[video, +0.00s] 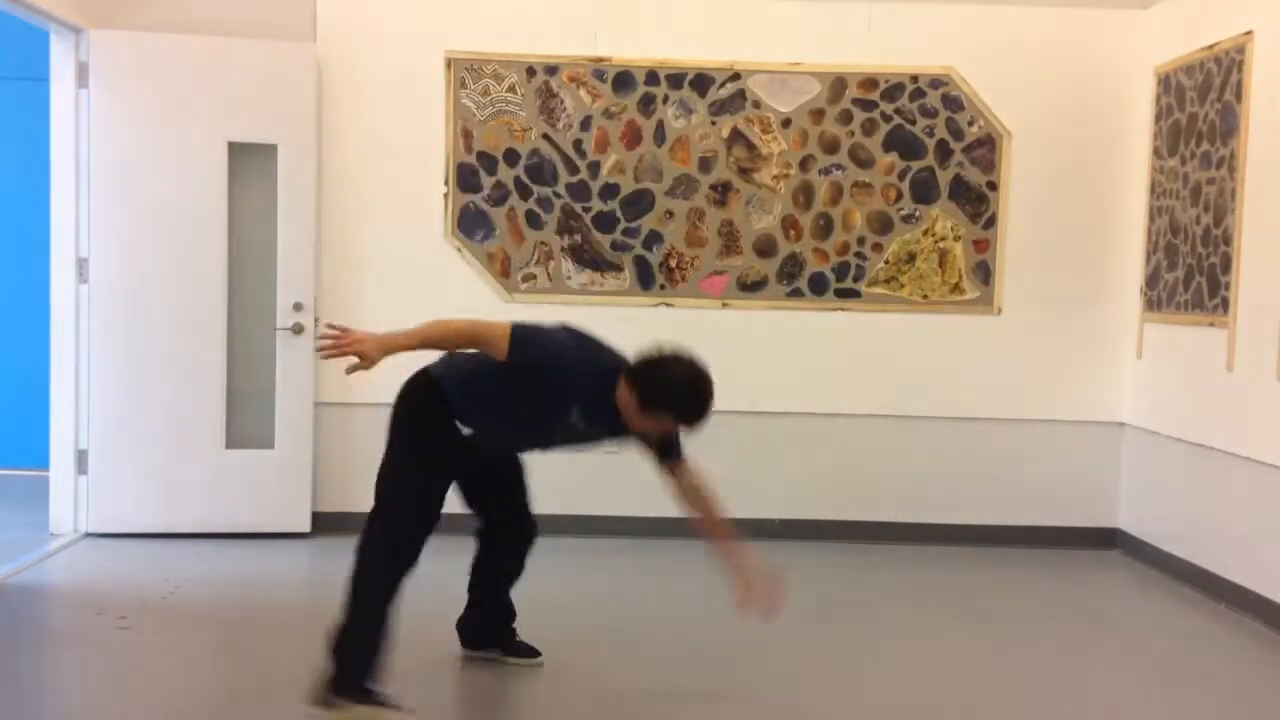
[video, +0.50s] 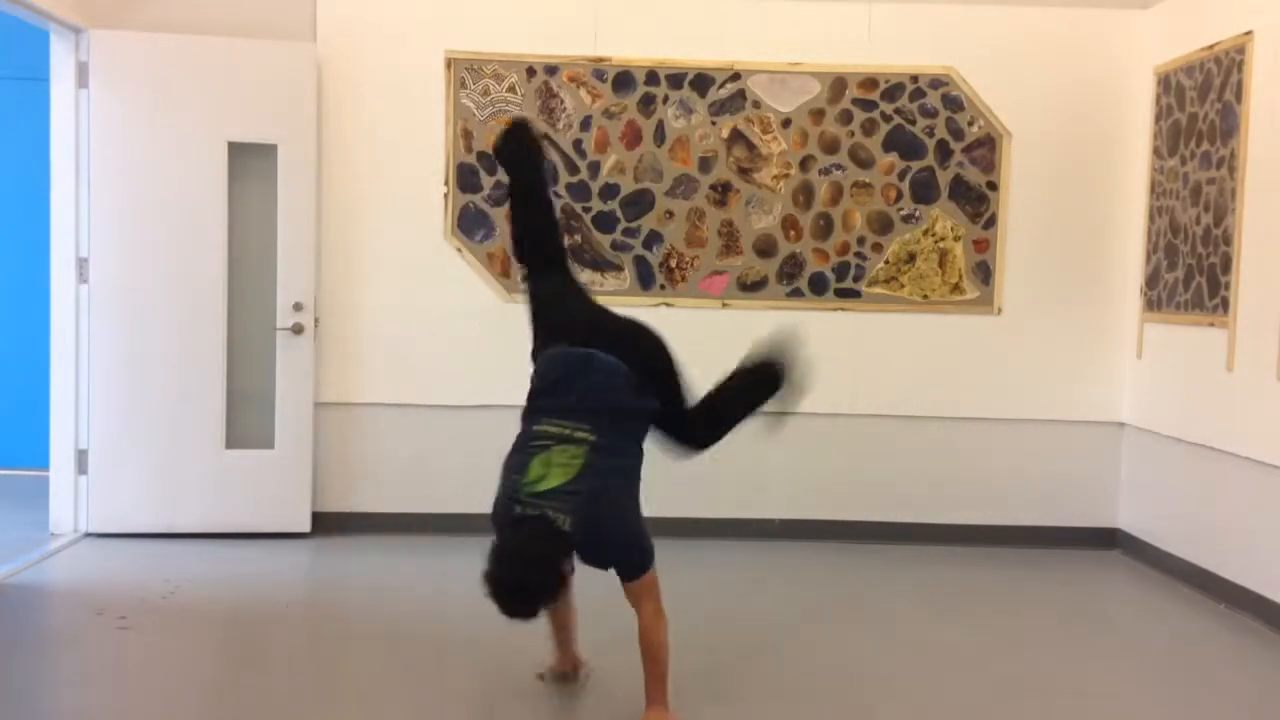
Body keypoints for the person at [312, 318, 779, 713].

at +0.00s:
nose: (667, 435)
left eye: (672, 429)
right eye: (665, 425)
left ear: (664, 415)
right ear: (639, 400)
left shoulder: (649, 419)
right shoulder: (571, 357)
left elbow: (692, 492)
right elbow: (471, 332)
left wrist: (740, 564)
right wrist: (384, 343)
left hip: (489, 433)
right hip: (435, 403)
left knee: (511, 527)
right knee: (396, 535)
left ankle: (485, 630)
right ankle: (349, 675)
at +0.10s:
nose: (662, 487)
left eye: (668, 481)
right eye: (659, 475)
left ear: (672, 472)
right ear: (632, 446)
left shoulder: (658, 475)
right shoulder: (577, 392)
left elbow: (673, 564)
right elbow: (481, 362)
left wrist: (685, 656)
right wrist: (386, 383)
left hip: (524, 449)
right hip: (465, 414)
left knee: (534, 544)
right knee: (392, 514)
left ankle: (489, 629)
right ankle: (306, 622)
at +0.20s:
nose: (641, 533)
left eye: (648, 528)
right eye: (638, 521)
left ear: (665, 515)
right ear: (613, 486)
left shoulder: (659, 507)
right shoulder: (561, 440)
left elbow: (660, 603)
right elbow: (467, 431)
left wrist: (658, 704)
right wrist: (387, 486)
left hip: (567, 415)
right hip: (506, 394)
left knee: (535, 546)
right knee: (409, 462)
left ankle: (492, 627)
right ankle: (354, 502)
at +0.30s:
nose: (606, 583)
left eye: (615, 580)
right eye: (598, 575)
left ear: (636, 545)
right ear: (583, 537)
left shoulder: (656, 522)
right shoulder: (538, 486)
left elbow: (659, 613)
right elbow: (470, 520)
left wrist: (657, 706)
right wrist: (427, 589)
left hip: (601, 384)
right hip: (540, 355)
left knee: (546, 522)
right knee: (483, 371)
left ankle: (522, 596)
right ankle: (479, 311)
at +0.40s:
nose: (553, 609)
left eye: (564, 608)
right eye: (543, 602)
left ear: (590, 574)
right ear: (530, 566)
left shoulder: (633, 530)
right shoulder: (512, 513)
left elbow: (652, 619)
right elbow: (508, 564)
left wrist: (656, 704)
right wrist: (506, 617)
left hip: (630, 374)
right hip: (556, 361)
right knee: (519, 299)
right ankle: (536, 182)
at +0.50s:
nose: (544, 610)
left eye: (545, 600)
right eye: (536, 605)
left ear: (554, 569)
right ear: (500, 557)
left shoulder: (611, 529)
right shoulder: (511, 520)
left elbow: (650, 613)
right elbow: (557, 588)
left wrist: (657, 704)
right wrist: (567, 657)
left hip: (633, 356)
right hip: (561, 348)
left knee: (694, 432)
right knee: (540, 262)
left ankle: (770, 367)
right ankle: (522, 158)